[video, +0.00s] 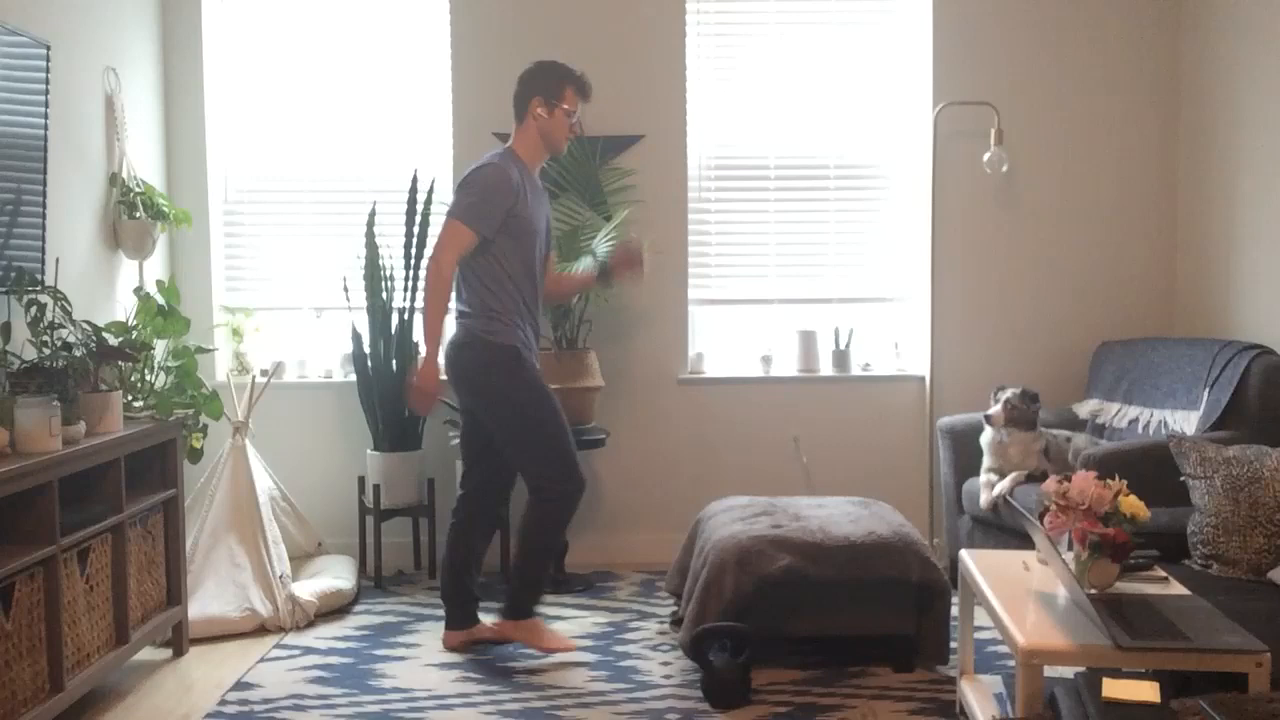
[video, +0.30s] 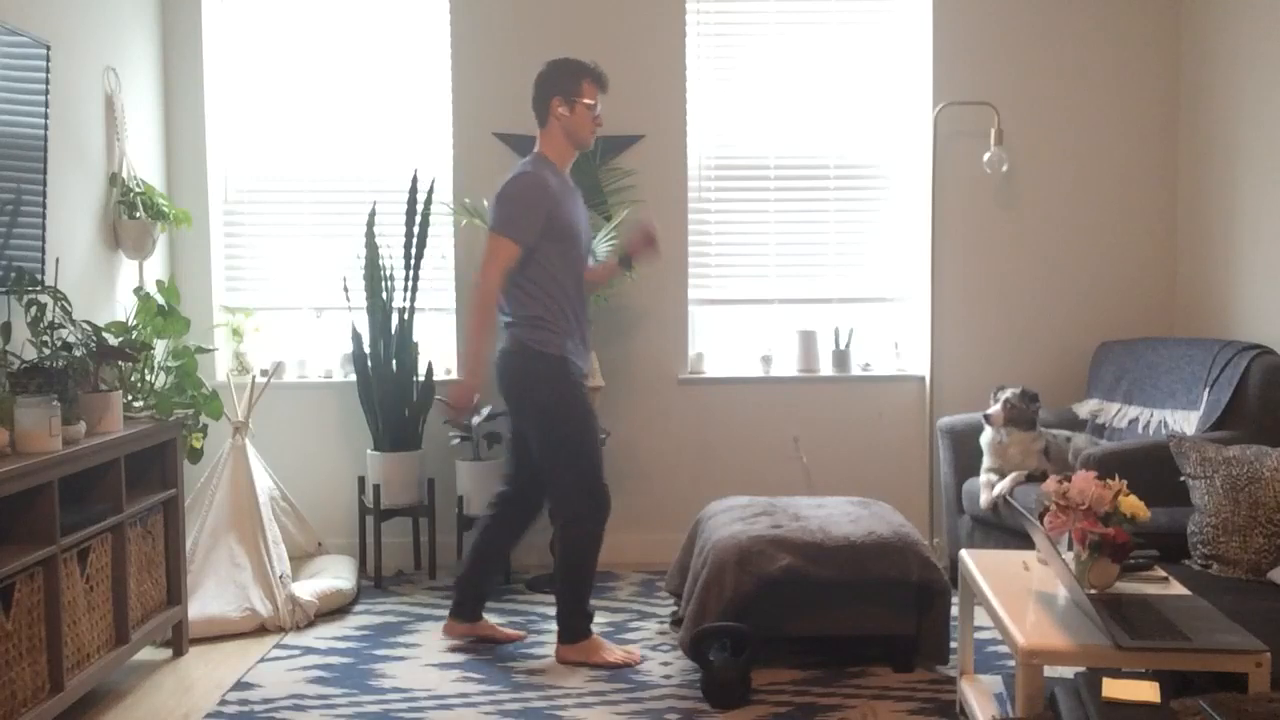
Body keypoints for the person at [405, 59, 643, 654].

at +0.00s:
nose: (576, 127)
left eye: (577, 117)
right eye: (571, 114)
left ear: (546, 114)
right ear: (537, 110)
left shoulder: (533, 189)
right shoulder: (498, 173)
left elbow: (544, 287)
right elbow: (442, 258)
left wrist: (604, 270)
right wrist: (430, 356)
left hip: (498, 354)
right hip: (491, 354)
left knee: (482, 494)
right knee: (561, 482)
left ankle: (461, 625)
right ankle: (519, 617)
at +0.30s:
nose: (599, 119)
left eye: (600, 109)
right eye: (592, 107)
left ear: (568, 111)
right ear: (557, 109)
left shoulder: (563, 187)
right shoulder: (531, 184)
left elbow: (573, 281)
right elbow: (489, 282)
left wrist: (626, 256)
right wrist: (471, 376)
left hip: (548, 362)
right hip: (541, 364)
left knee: (526, 491)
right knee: (584, 498)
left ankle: (464, 616)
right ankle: (575, 637)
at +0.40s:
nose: (607, 112)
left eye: (607, 101)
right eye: (599, 100)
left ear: (572, 107)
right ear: (565, 105)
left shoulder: (570, 180)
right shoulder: (546, 181)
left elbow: (570, 284)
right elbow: (532, 285)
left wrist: (623, 316)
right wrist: (560, 369)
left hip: (571, 355)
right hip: (557, 358)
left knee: (577, 498)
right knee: (588, 504)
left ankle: (493, 581)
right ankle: (575, 638)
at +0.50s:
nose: (619, 108)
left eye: (619, 97)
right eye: (612, 97)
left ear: (580, 102)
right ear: (580, 101)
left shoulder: (563, 170)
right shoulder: (568, 173)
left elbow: (575, 280)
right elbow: (584, 278)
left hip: (583, 352)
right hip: (565, 353)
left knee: (657, 444)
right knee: (586, 493)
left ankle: (561, 524)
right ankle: (574, 639)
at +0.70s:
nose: (653, 104)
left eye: (651, 93)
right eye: (646, 93)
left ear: (606, 99)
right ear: (614, 96)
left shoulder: (569, 169)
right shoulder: (607, 164)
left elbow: (541, 266)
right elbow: (693, 241)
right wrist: (744, 180)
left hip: (598, 334)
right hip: (598, 347)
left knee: (721, 328)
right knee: (594, 498)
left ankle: (683, 448)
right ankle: (574, 638)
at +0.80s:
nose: (674, 105)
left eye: (671, 94)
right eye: (666, 95)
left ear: (627, 104)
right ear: (635, 100)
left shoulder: (591, 170)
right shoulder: (630, 167)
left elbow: (554, 268)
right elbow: (723, 232)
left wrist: (554, 356)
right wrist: (740, 158)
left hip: (605, 336)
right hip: (615, 351)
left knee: (736, 315)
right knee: (604, 503)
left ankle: (726, 442)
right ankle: (575, 638)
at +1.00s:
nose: (721, 116)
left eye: (718, 105)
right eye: (713, 106)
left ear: (677, 115)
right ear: (682, 112)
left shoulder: (644, 180)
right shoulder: (673, 179)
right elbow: (762, 244)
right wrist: (763, 174)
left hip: (656, 350)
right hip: (643, 360)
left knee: (769, 374)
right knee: (651, 508)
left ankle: (737, 497)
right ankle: (579, 634)